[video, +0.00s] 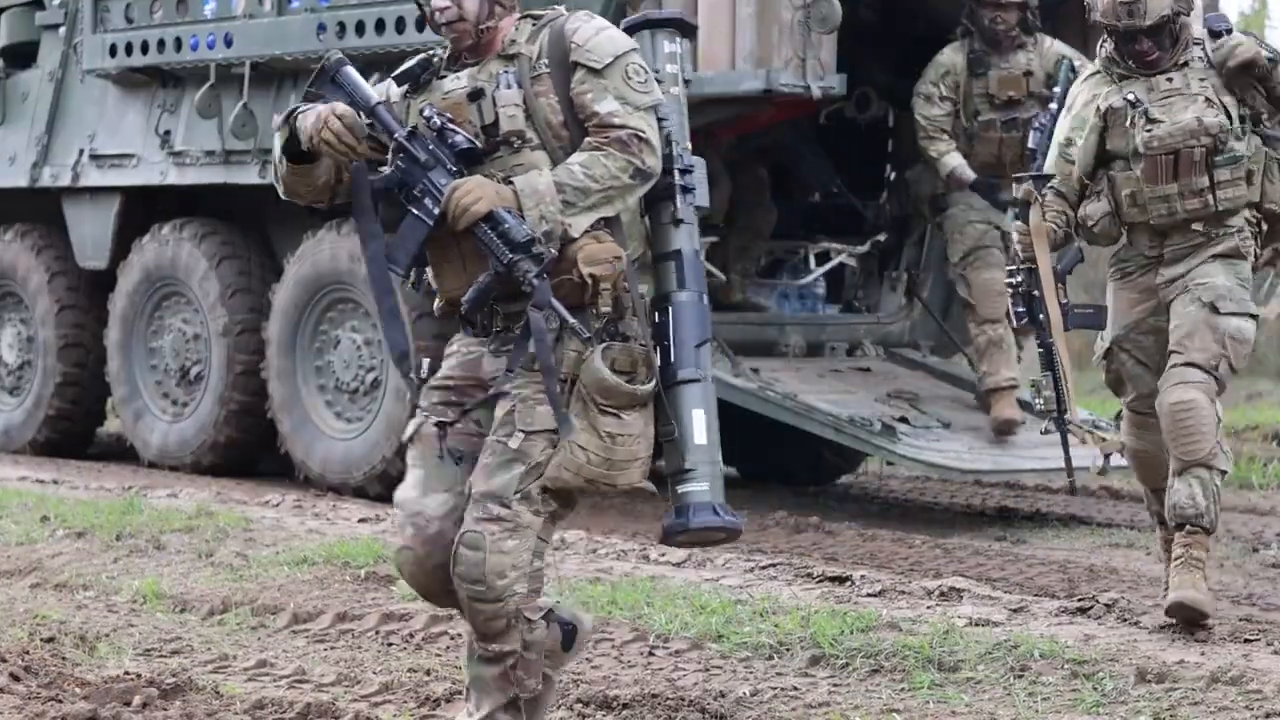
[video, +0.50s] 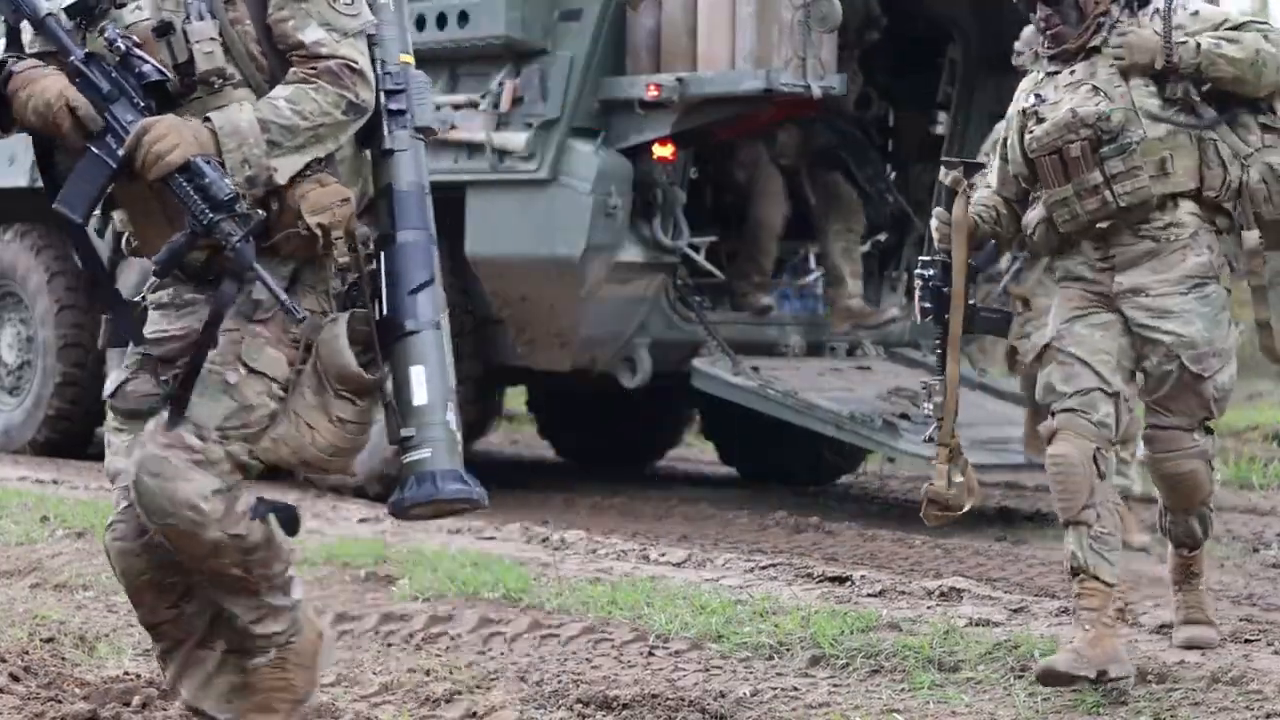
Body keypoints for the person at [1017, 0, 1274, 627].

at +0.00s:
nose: (1140, 41)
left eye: (1153, 27)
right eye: (1126, 31)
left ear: (1179, 14)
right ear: (1108, 26)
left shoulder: (1223, 59)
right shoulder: (1095, 86)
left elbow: (1277, 122)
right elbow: (1062, 184)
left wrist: (1260, 66)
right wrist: (1051, 215)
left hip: (1216, 253)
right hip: (1132, 265)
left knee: (1185, 398)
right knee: (1142, 422)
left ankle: (1190, 557)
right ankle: (1174, 542)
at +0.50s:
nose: (1051, 15)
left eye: (1064, 4)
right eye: (1043, 8)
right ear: (1037, 16)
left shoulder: (1167, 28)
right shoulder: (1032, 92)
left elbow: (1268, 60)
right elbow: (1000, 198)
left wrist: (1174, 51)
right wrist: (965, 210)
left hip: (1174, 263)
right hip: (1077, 277)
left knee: (1177, 453)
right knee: (1073, 451)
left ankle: (1189, 580)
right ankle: (1100, 629)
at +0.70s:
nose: (984, 56)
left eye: (997, 37)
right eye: (974, 46)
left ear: (1044, 25)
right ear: (967, 53)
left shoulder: (1112, 59)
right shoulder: (978, 133)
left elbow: (1223, 100)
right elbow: (950, 245)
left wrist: (1116, 87)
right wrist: (897, 247)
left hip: (1126, 302)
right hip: (1035, 319)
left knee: (1103, 488)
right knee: (1019, 503)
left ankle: (1174, 569)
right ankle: (1112, 662)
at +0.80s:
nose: (957, 59)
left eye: (967, 39)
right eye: (944, 49)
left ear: (1014, 26)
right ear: (938, 55)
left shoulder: (1078, 68)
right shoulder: (951, 132)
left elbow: (1187, 102)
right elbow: (925, 245)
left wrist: (1078, 61)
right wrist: (872, 255)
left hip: (1095, 301)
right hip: (1006, 325)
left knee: (1027, 477)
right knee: (1003, 513)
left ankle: (1109, 645)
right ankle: (1101, 664)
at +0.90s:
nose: (931, 46)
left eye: (943, 25)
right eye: (918, 36)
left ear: (990, 12)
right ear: (910, 43)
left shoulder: (1053, 64)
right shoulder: (917, 121)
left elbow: (1133, 83)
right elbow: (883, 232)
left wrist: (1052, 17)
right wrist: (837, 264)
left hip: (1058, 297)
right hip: (974, 318)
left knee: (979, 488)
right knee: (999, 498)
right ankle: (1114, 658)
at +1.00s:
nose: (891, 48)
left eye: (905, 26)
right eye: (877, 37)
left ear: (952, 15)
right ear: (868, 47)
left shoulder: (1010, 67)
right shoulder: (872, 123)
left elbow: (1072, 23)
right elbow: (831, 233)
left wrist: (1034, 23)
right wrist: (789, 266)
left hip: (1005, 312)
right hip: (917, 332)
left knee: (943, 504)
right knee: (948, 512)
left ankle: (929, 695)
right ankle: (1088, 638)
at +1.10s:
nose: (848, 65)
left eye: (860, 45)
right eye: (835, 56)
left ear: (907, 36)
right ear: (825, 69)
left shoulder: (955, 93)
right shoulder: (834, 142)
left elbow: (1004, 22)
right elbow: (797, 254)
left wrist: (967, 28)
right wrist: (747, 266)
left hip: (953, 334)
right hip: (868, 348)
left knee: (893, 554)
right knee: (839, 563)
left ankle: (907, 708)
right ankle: (992, 608)